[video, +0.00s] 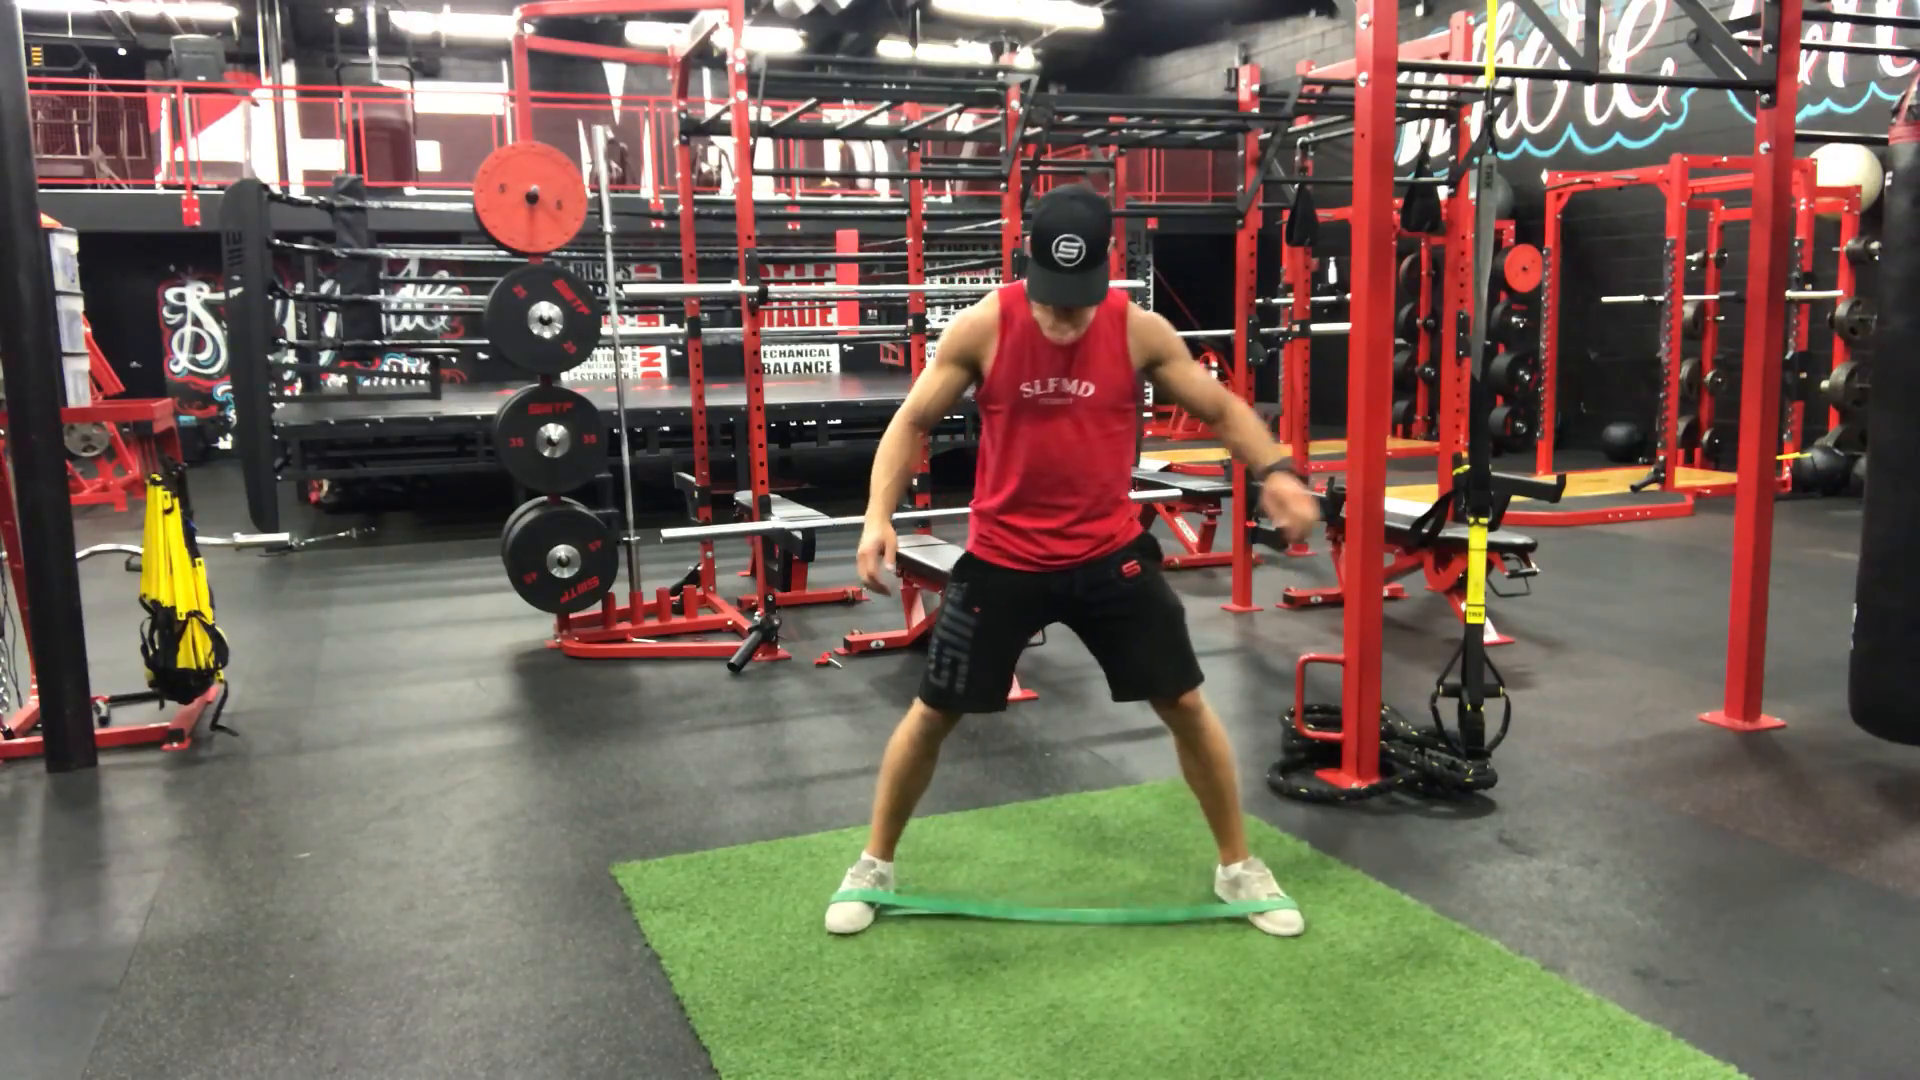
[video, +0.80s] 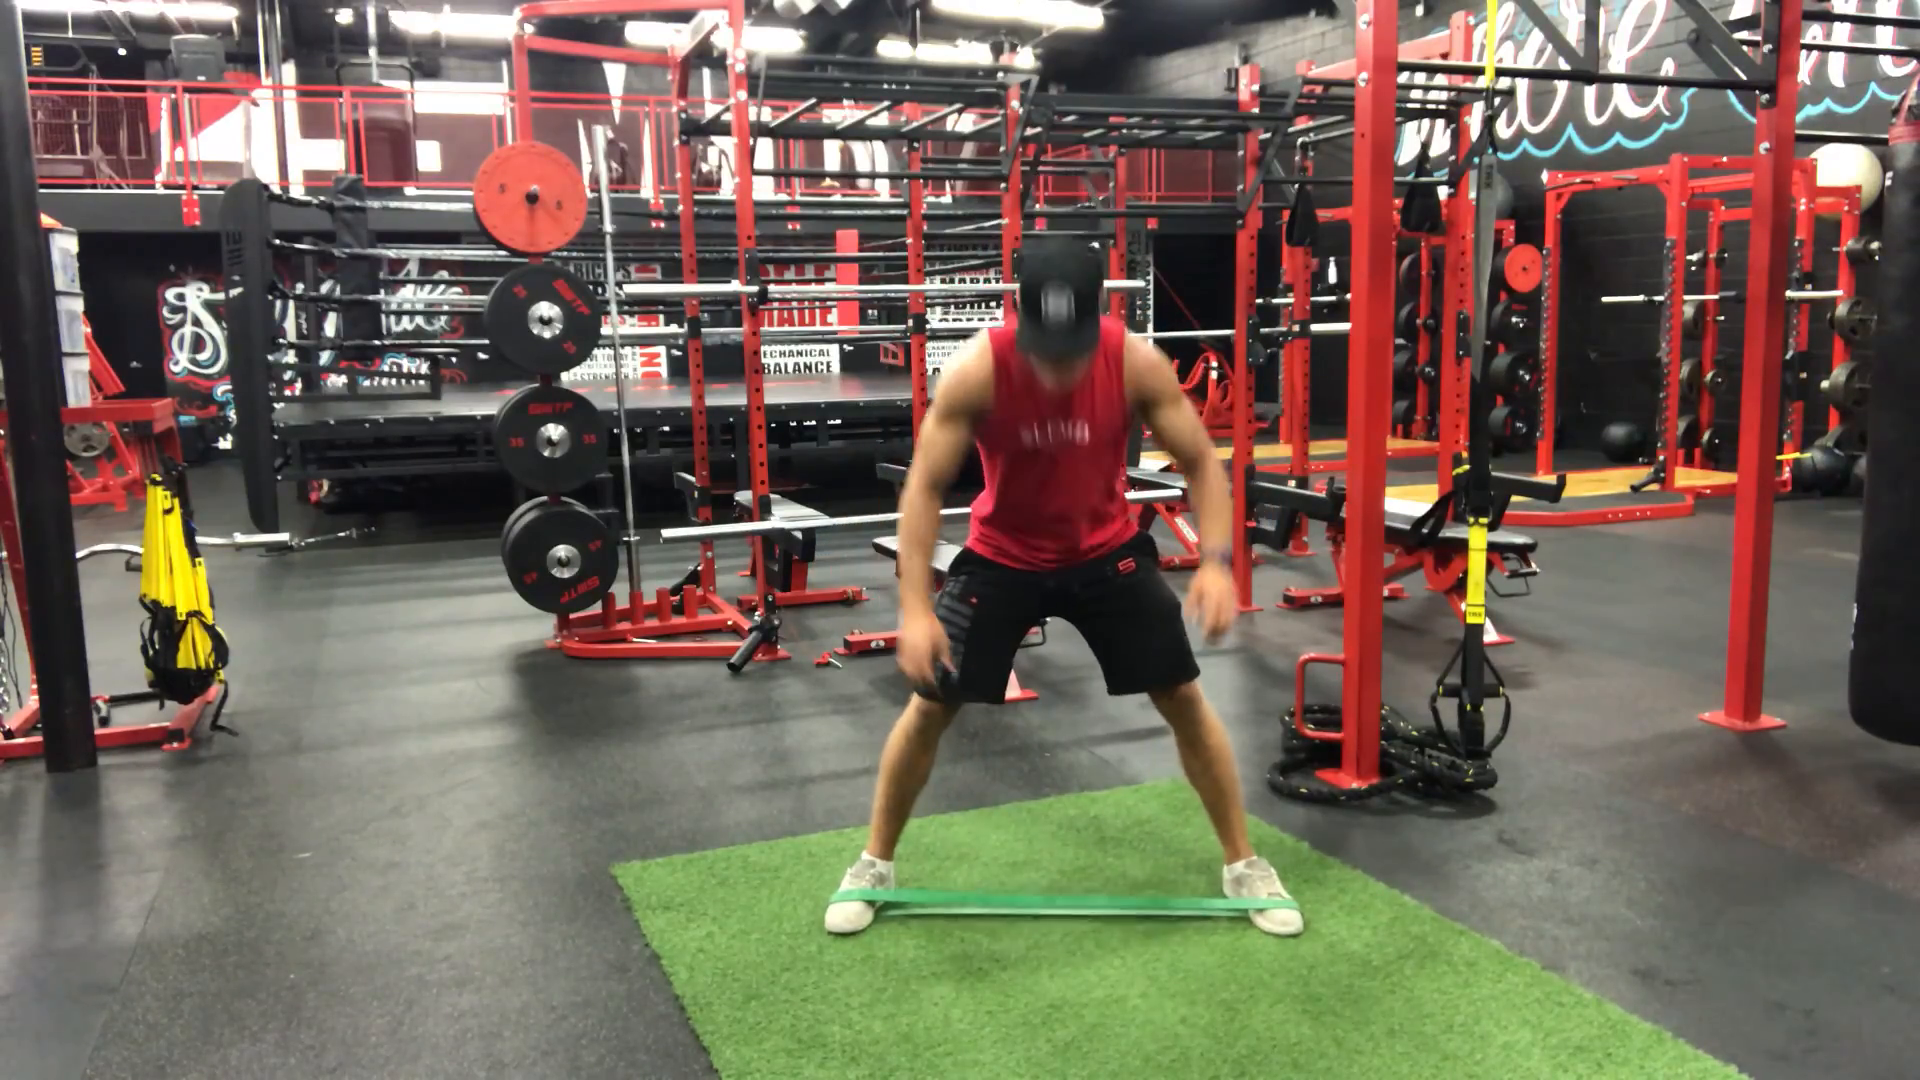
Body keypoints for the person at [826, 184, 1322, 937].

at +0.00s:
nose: (1063, 313)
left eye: (1079, 297)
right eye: (1050, 296)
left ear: (1105, 272)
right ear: (1026, 267)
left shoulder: (1139, 332)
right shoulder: (982, 327)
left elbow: (1224, 409)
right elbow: (910, 423)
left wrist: (1276, 470)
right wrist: (877, 516)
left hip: (1111, 551)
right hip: (1001, 555)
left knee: (1185, 702)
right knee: (932, 711)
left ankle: (1238, 865)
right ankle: (874, 863)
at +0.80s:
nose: (1056, 364)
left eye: (1071, 349)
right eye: (1043, 349)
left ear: (1098, 318)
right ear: (1019, 317)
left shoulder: (1137, 363)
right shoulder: (975, 373)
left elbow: (1204, 462)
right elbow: (923, 488)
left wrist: (1215, 561)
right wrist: (914, 608)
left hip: (1110, 557)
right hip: (1001, 559)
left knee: (1183, 697)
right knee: (930, 704)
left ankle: (1242, 862)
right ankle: (874, 863)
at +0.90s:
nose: (1061, 437)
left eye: (1076, 426)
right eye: (1047, 426)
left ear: (1104, 395)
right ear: (1024, 393)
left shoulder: (1143, 412)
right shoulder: (981, 421)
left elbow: (1191, 515)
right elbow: (940, 553)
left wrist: (1193, 622)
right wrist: (952, 677)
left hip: (1109, 564)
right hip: (1000, 567)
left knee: (1187, 696)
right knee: (927, 703)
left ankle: (1243, 864)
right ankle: (873, 861)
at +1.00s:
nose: (1065, 532)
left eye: (1080, 523)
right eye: (1050, 524)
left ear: (1107, 478)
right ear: (1026, 481)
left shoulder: (1143, 458)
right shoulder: (985, 489)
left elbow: (1177, 553)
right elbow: (967, 627)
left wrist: (1168, 657)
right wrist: (984, 748)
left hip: (1112, 566)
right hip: (1005, 572)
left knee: (1192, 694)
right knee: (922, 701)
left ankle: (1243, 863)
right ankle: (872, 860)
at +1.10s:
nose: (1061, 603)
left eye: (1076, 590)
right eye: (1047, 591)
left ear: (1109, 544)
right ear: (1025, 552)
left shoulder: (1145, 501)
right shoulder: (989, 559)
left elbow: (1166, 576)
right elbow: (989, 694)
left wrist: (1150, 671)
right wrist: (1012, 809)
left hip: (1116, 574)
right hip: (1003, 577)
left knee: (1195, 692)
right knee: (922, 703)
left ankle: (1243, 862)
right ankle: (872, 861)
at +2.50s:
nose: (1090, 566)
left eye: (1107, 556)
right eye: (1079, 556)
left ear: (1143, 514)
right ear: (1059, 528)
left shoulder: (1181, 480)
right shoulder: (1027, 542)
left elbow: (1240, 546)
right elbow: (1039, 685)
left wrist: (1233, 643)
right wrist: (1066, 789)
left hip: (1137, 569)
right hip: (1037, 571)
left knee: (1207, 702)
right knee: (955, 698)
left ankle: (1246, 864)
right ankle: (905, 853)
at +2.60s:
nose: (1047, 554)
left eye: (1060, 542)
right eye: (1033, 545)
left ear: (1092, 490)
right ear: (1012, 505)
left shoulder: (1132, 459)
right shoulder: (987, 532)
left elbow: (1209, 497)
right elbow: (1028, 665)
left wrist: (1227, 590)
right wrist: (1069, 769)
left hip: (1113, 567)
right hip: (1013, 581)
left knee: (1189, 702)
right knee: (956, 716)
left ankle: (1243, 863)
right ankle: (925, 866)